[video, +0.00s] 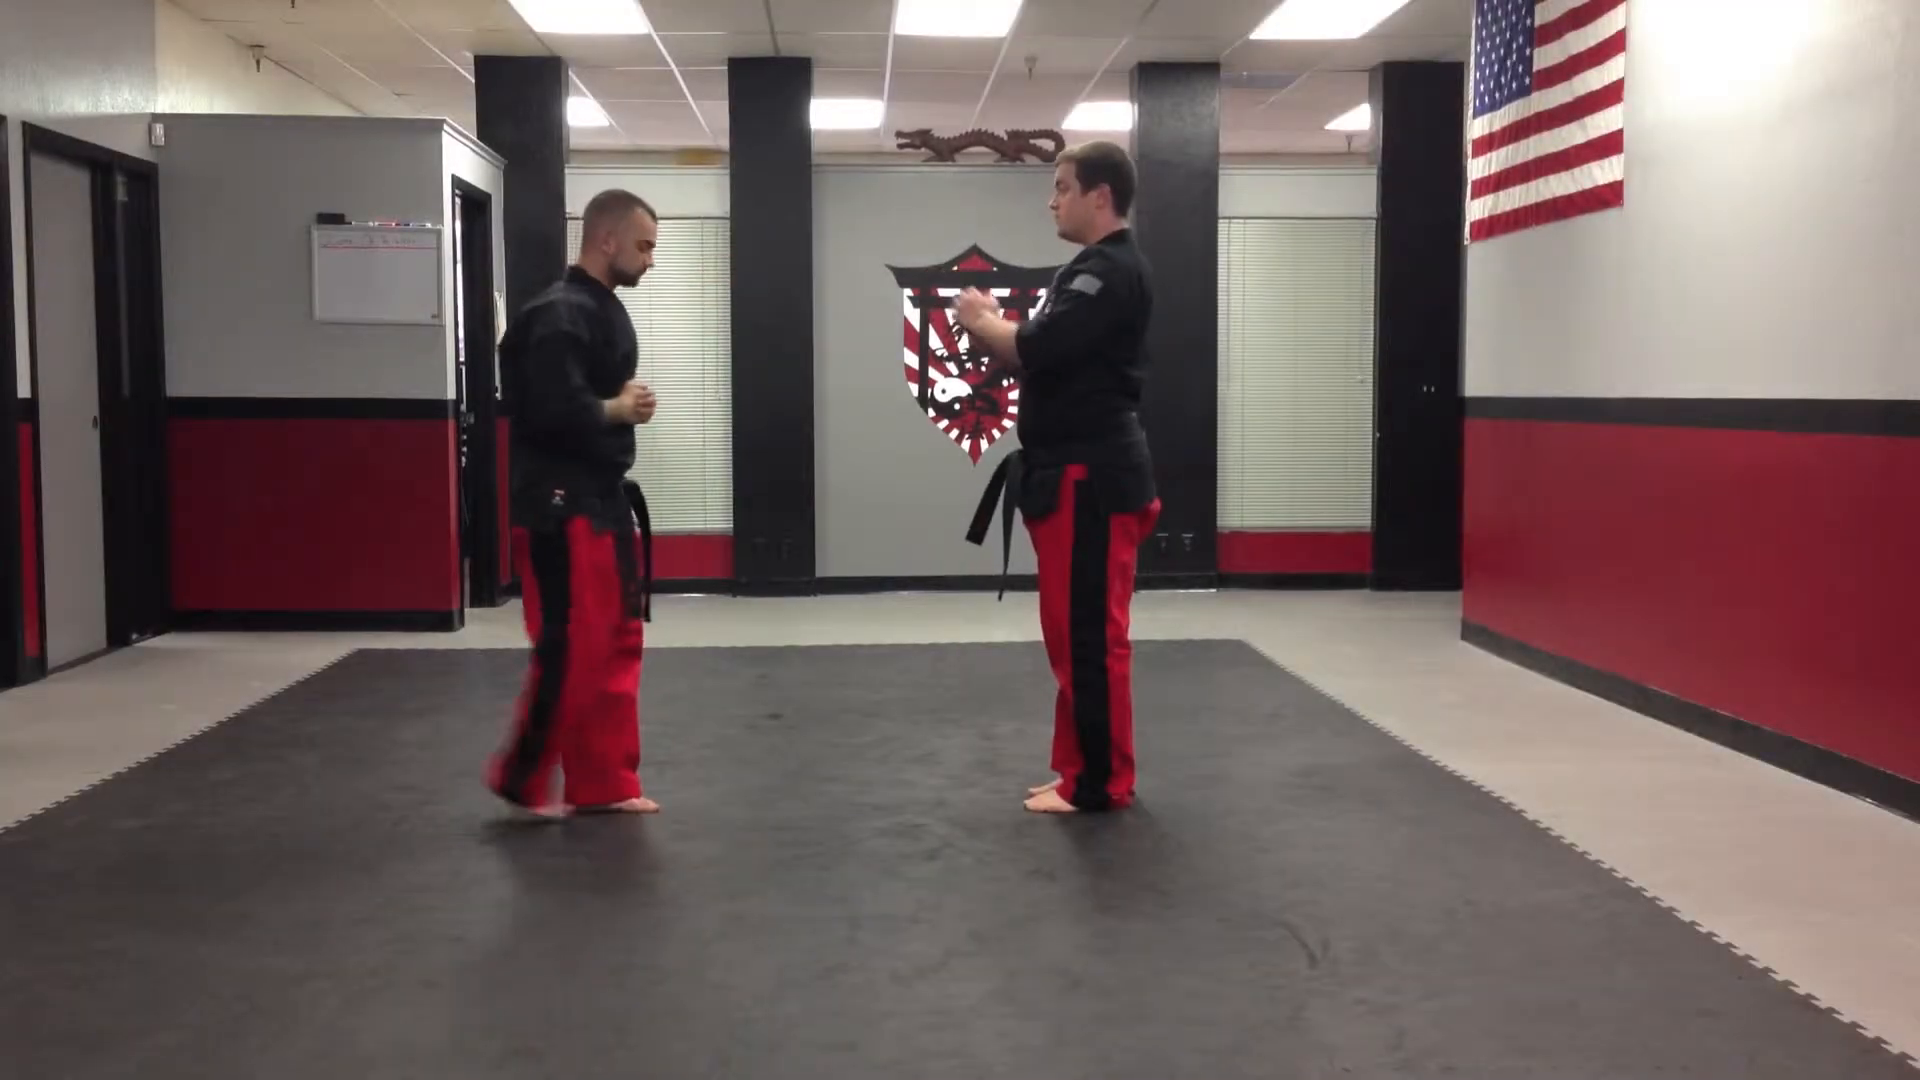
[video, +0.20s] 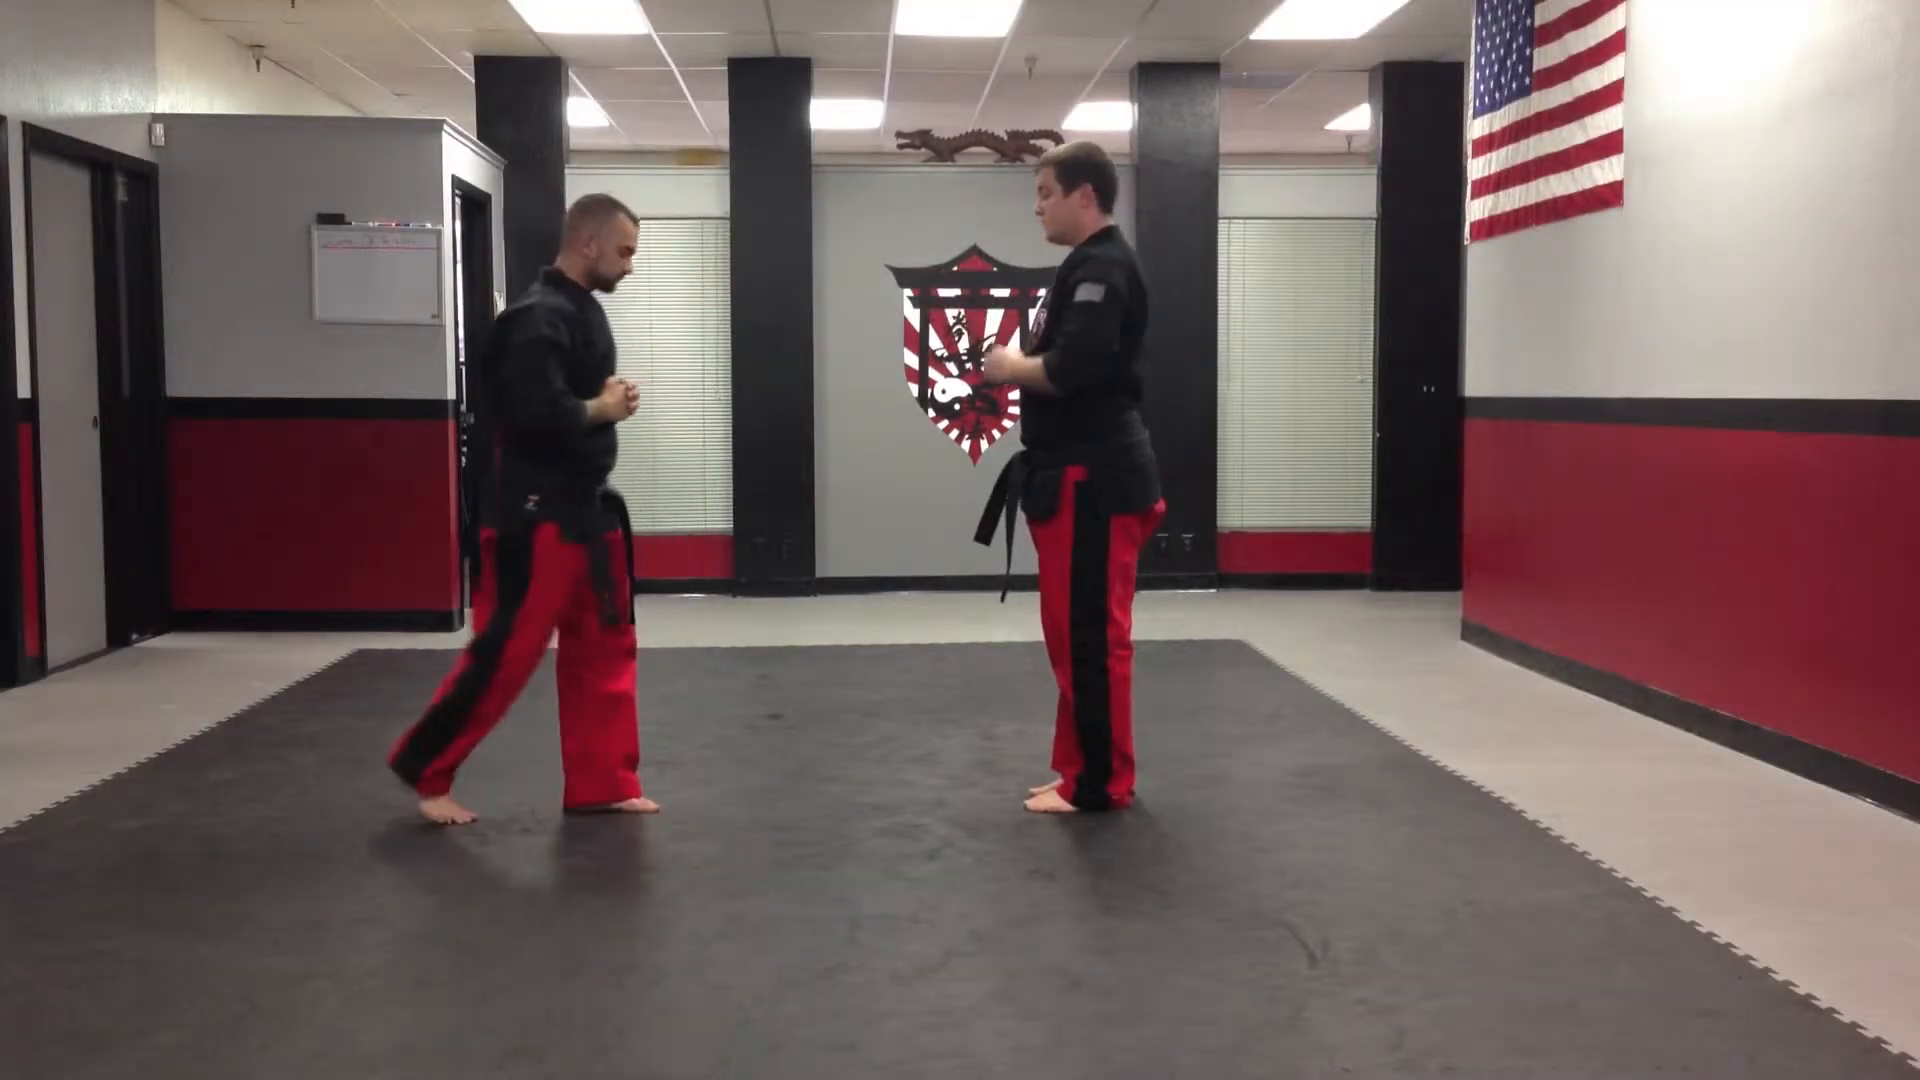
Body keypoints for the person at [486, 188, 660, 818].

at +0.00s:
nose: (652, 258)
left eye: (653, 247)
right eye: (644, 245)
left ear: (611, 243)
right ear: (606, 240)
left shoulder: (604, 311)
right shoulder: (558, 312)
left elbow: (579, 403)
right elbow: (550, 409)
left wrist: (624, 405)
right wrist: (615, 406)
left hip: (604, 496)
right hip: (561, 500)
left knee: (619, 639)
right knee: (573, 642)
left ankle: (603, 783)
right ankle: (520, 778)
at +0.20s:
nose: (631, 265)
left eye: (633, 253)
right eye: (626, 251)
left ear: (588, 247)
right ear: (586, 244)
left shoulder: (583, 314)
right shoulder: (537, 315)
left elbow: (571, 402)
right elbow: (533, 413)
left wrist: (603, 398)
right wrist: (600, 407)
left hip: (586, 507)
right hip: (538, 510)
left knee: (604, 650)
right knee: (508, 651)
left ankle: (601, 785)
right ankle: (424, 769)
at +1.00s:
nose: (579, 262)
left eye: (578, 251)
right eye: (568, 251)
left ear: (540, 257)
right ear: (529, 255)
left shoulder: (558, 330)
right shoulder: (493, 335)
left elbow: (630, 381)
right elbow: (547, 397)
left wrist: (649, 332)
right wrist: (586, 343)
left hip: (567, 518)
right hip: (504, 523)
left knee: (610, 647)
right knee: (472, 663)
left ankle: (637, 768)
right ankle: (411, 792)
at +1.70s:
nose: (633, 268)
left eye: (632, 257)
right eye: (623, 257)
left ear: (590, 265)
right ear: (583, 263)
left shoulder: (610, 335)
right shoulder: (549, 339)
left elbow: (686, 384)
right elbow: (609, 403)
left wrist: (730, 347)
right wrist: (636, 340)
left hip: (618, 519)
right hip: (558, 524)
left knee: (664, 640)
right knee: (525, 657)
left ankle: (647, 769)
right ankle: (436, 781)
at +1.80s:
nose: (656, 263)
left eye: (655, 252)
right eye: (646, 253)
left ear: (619, 259)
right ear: (609, 258)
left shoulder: (636, 331)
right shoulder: (582, 336)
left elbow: (692, 390)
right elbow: (643, 399)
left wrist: (736, 353)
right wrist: (667, 336)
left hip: (644, 511)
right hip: (592, 518)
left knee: (673, 641)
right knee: (615, 641)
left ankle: (646, 769)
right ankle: (506, 761)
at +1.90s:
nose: (684, 261)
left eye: (682, 250)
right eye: (673, 250)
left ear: (646, 260)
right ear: (635, 258)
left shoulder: (648, 326)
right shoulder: (625, 330)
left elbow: (694, 398)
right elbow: (690, 393)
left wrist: (733, 364)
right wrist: (721, 338)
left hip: (658, 501)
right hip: (625, 506)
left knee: (689, 628)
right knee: (687, 630)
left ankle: (658, 760)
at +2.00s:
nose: (715, 261)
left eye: (713, 249)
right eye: (704, 250)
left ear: (665, 260)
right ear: (667, 257)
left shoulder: (633, 330)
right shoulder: (675, 331)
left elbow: (611, 430)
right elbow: (751, 362)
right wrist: (798, 315)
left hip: (636, 511)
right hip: (672, 510)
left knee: (679, 636)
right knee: (743, 619)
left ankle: (649, 765)